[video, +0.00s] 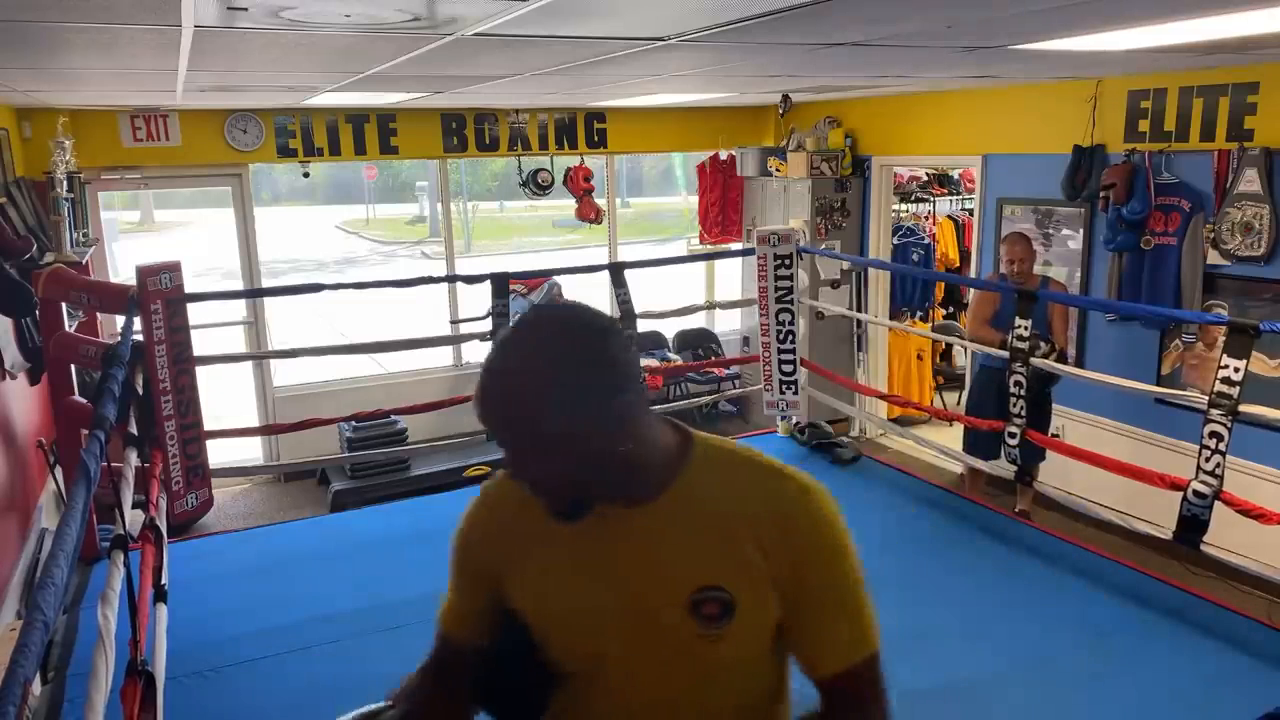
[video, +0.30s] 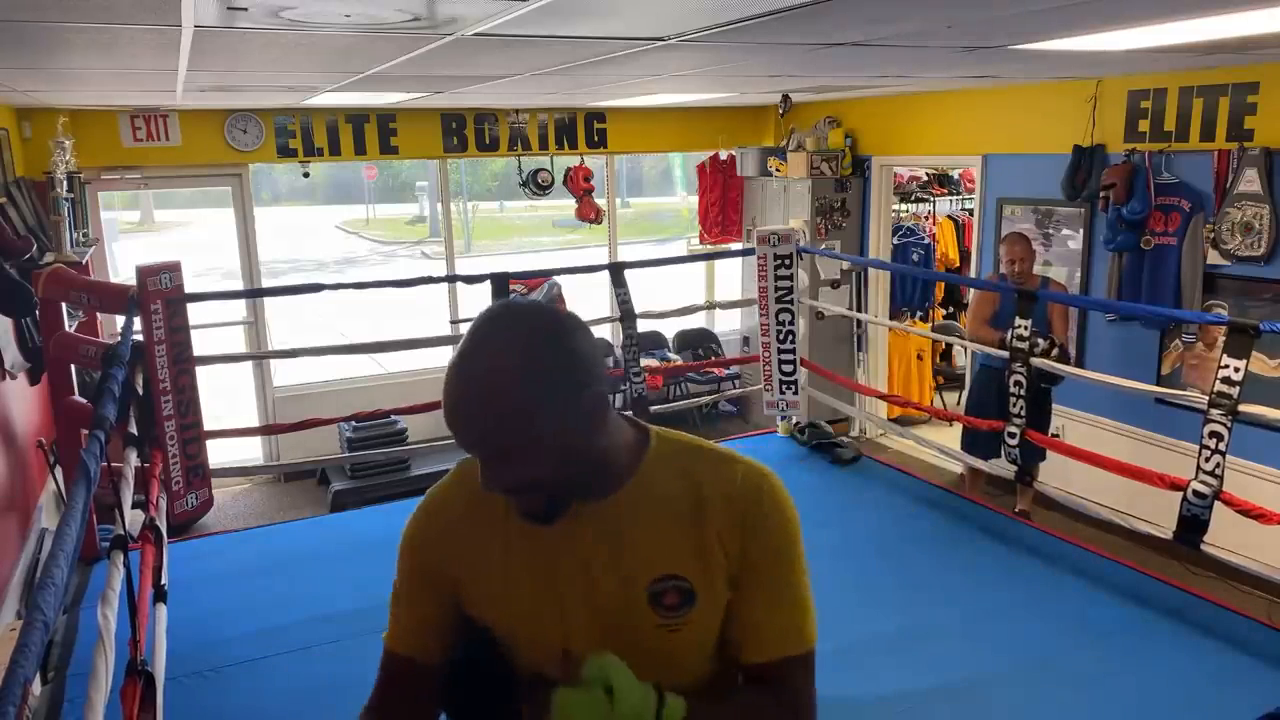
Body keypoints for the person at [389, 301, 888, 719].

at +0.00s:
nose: (512, 472)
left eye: (522, 447)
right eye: (501, 446)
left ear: (597, 424)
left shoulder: (784, 515)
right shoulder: (497, 517)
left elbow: (856, 699)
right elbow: (449, 676)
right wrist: (394, 711)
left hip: (735, 704)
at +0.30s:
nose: (499, 488)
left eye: (522, 468)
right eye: (480, 462)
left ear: (594, 407)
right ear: (464, 433)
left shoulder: (742, 504)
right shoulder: (445, 521)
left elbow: (787, 701)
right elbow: (400, 698)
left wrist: (652, 707)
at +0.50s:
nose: (507, 481)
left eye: (529, 455)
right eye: (488, 453)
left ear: (609, 388)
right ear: (474, 427)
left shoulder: (747, 505)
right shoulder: (456, 518)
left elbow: (774, 702)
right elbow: (420, 699)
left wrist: (624, 700)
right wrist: (496, 686)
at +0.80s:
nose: (539, 470)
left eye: (556, 442)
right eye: (523, 444)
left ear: (638, 394)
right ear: (506, 423)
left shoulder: (780, 503)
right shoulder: (498, 508)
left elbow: (779, 707)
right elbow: (457, 705)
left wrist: (567, 706)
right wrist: (481, 696)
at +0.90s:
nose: (556, 466)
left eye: (575, 438)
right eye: (541, 440)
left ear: (653, 391)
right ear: (526, 420)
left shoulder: (797, 506)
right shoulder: (515, 505)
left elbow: (789, 708)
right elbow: (477, 699)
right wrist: (506, 707)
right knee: (519, 704)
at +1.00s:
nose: (576, 466)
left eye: (598, 444)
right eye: (558, 438)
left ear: (673, 389)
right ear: (538, 411)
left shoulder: (813, 506)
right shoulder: (528, 503)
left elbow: (794, 708)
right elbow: (489, 703)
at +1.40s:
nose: (623, 478)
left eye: (650, 451)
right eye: (603, 451)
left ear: (723, 398)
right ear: (583, 423)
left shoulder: (829, 501)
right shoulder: (548, 499)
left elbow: (829, 707)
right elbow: (500, 703)